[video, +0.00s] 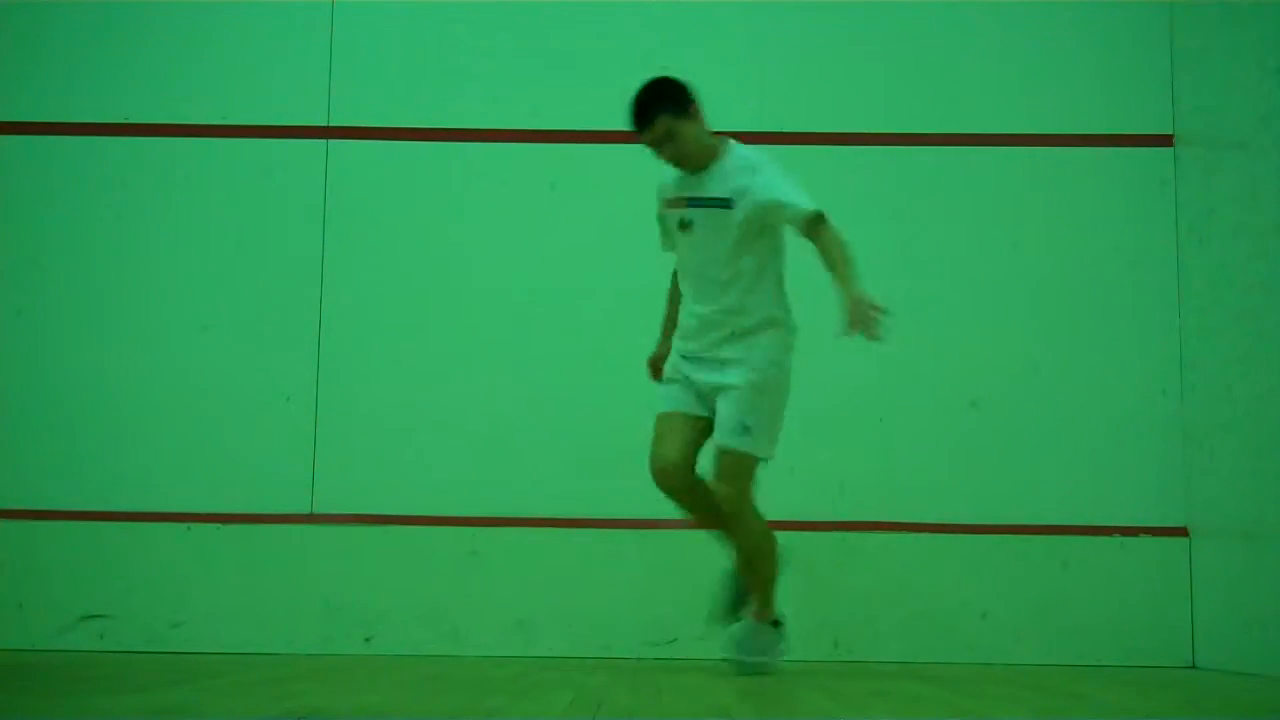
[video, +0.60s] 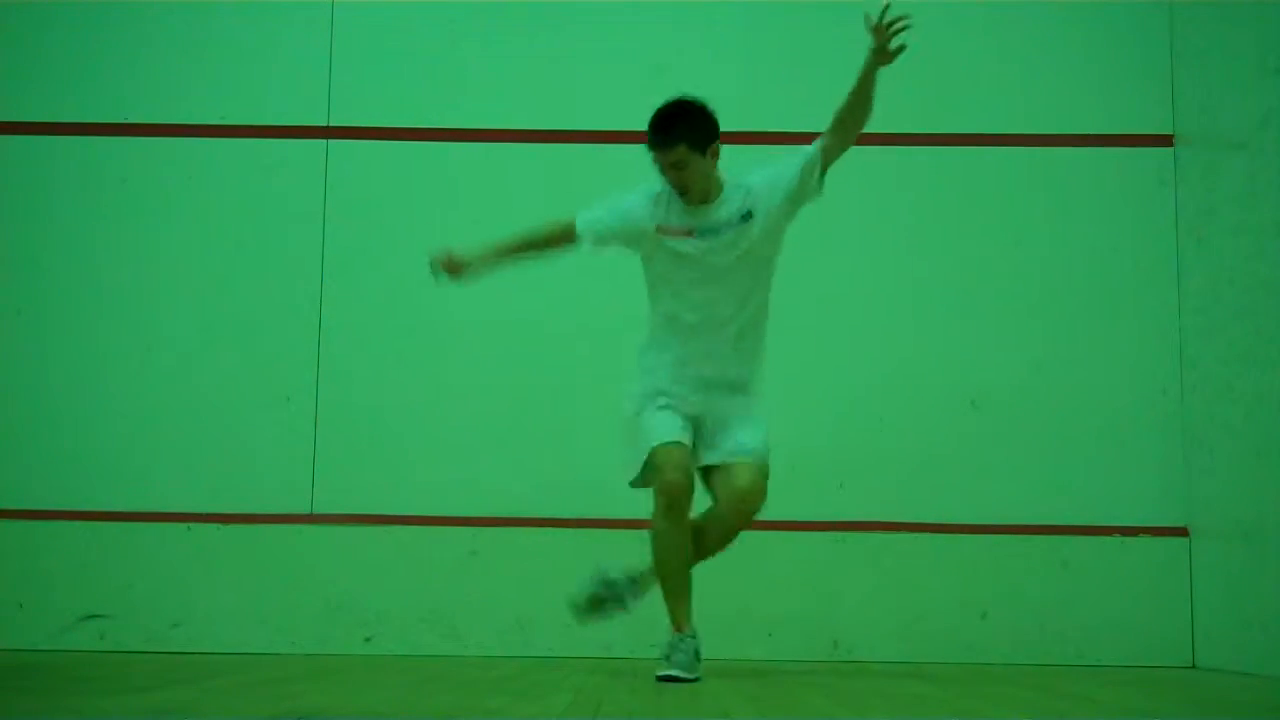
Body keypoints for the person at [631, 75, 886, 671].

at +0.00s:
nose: (665, 157)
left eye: (668, 141)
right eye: (656, 148)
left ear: (693, 118)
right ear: (656, 142)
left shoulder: (754, 174)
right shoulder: (674, 187)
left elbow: (819, 228)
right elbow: (681, 273)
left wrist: (850, 292)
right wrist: (666, 342)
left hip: (756, 352)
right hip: (694, 351)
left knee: (730, 489)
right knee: (668, 469)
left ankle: (764, 615)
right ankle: (748, 551)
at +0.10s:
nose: (691, 166)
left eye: (698, 150)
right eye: (682, 156)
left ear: (731, 138)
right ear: (678, 157)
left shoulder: (783, 210)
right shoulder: (687, 220)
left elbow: (850, 268)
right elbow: (670, 298)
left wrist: (891, 323)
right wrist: (642, 354)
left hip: (762, 393)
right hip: (694, 385)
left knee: (761, 521)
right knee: (655, 489)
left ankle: (775, 636)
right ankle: (679, 604)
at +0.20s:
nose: (700, 163)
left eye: (707, 148)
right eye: (691, 152)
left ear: (739, 138)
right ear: (686, 151)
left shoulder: (797, 209)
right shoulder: (686, 211)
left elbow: (868, 250)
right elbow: (630, 267)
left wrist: (918, 278)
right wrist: (583, 322)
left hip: (763, 391)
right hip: (695, 381)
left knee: (761, 518)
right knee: (621, 441)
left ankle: (776, 636)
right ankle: (634, 585)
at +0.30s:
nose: (689, 139)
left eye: (697, 125)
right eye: (681, 128)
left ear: (730, 111)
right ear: (677, 125)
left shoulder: (792, 170)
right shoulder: (672, 179)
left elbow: (871, 176)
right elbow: (594, 200)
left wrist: (927, 169)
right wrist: (529, 234)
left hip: (759, 357)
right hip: (692, 342)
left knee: (765, 491)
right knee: (598, 376)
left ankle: (769, 624)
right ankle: (628, 513)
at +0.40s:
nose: (683, 131)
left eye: (692, 117)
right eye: (674, 120)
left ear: (724, 104)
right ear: (668, 117)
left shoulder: (784, 152)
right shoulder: (658, 160)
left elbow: (861, 125)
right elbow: (578, 166)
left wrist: (917, 86)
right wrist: (489, 184)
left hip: (761, 335)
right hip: (688, 329)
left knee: (756, 436)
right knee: (605, 374)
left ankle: (730, 550)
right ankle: (642, 518)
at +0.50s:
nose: (679, 147)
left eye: (688, 133)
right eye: (671, 136)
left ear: (721, 118)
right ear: (667, 130)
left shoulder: (778, 161)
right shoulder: (653, 173)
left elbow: (852, 115)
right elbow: (567, 184)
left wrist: (897, 52)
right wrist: (474, 203)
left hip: (748, 345)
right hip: (674, 341)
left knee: (742, 448)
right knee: (639, 431)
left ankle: (663, 566)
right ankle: (662, 599)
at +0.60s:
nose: (672, 180)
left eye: (679, 166)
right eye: (663, 170)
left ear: (713, 152)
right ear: (657, 164)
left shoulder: (768, 199)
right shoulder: (647, 214)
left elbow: (840, 136)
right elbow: (565, 233)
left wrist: (874, 65)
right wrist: (478, 259)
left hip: (736, 392)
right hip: (666, 386)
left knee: (744, 500)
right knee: (674, 488)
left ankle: (637, 577)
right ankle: (682, 638)